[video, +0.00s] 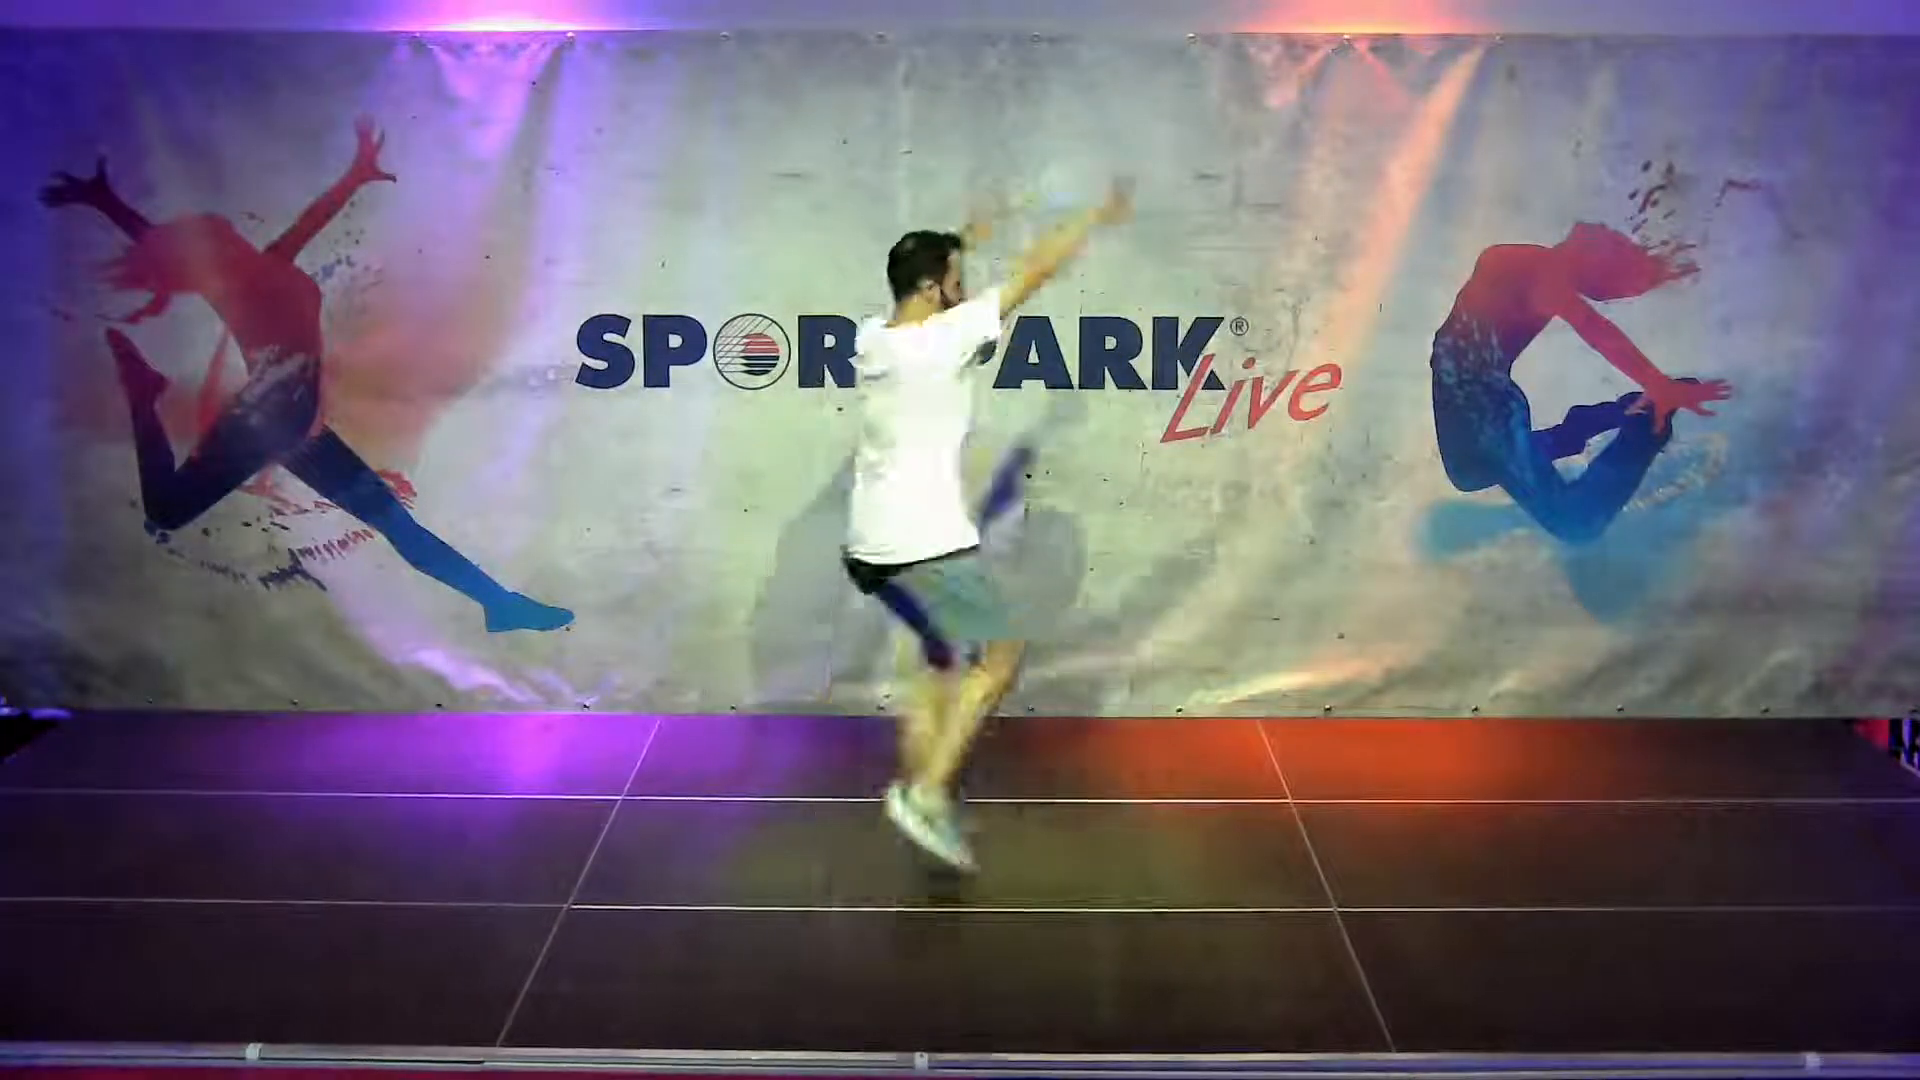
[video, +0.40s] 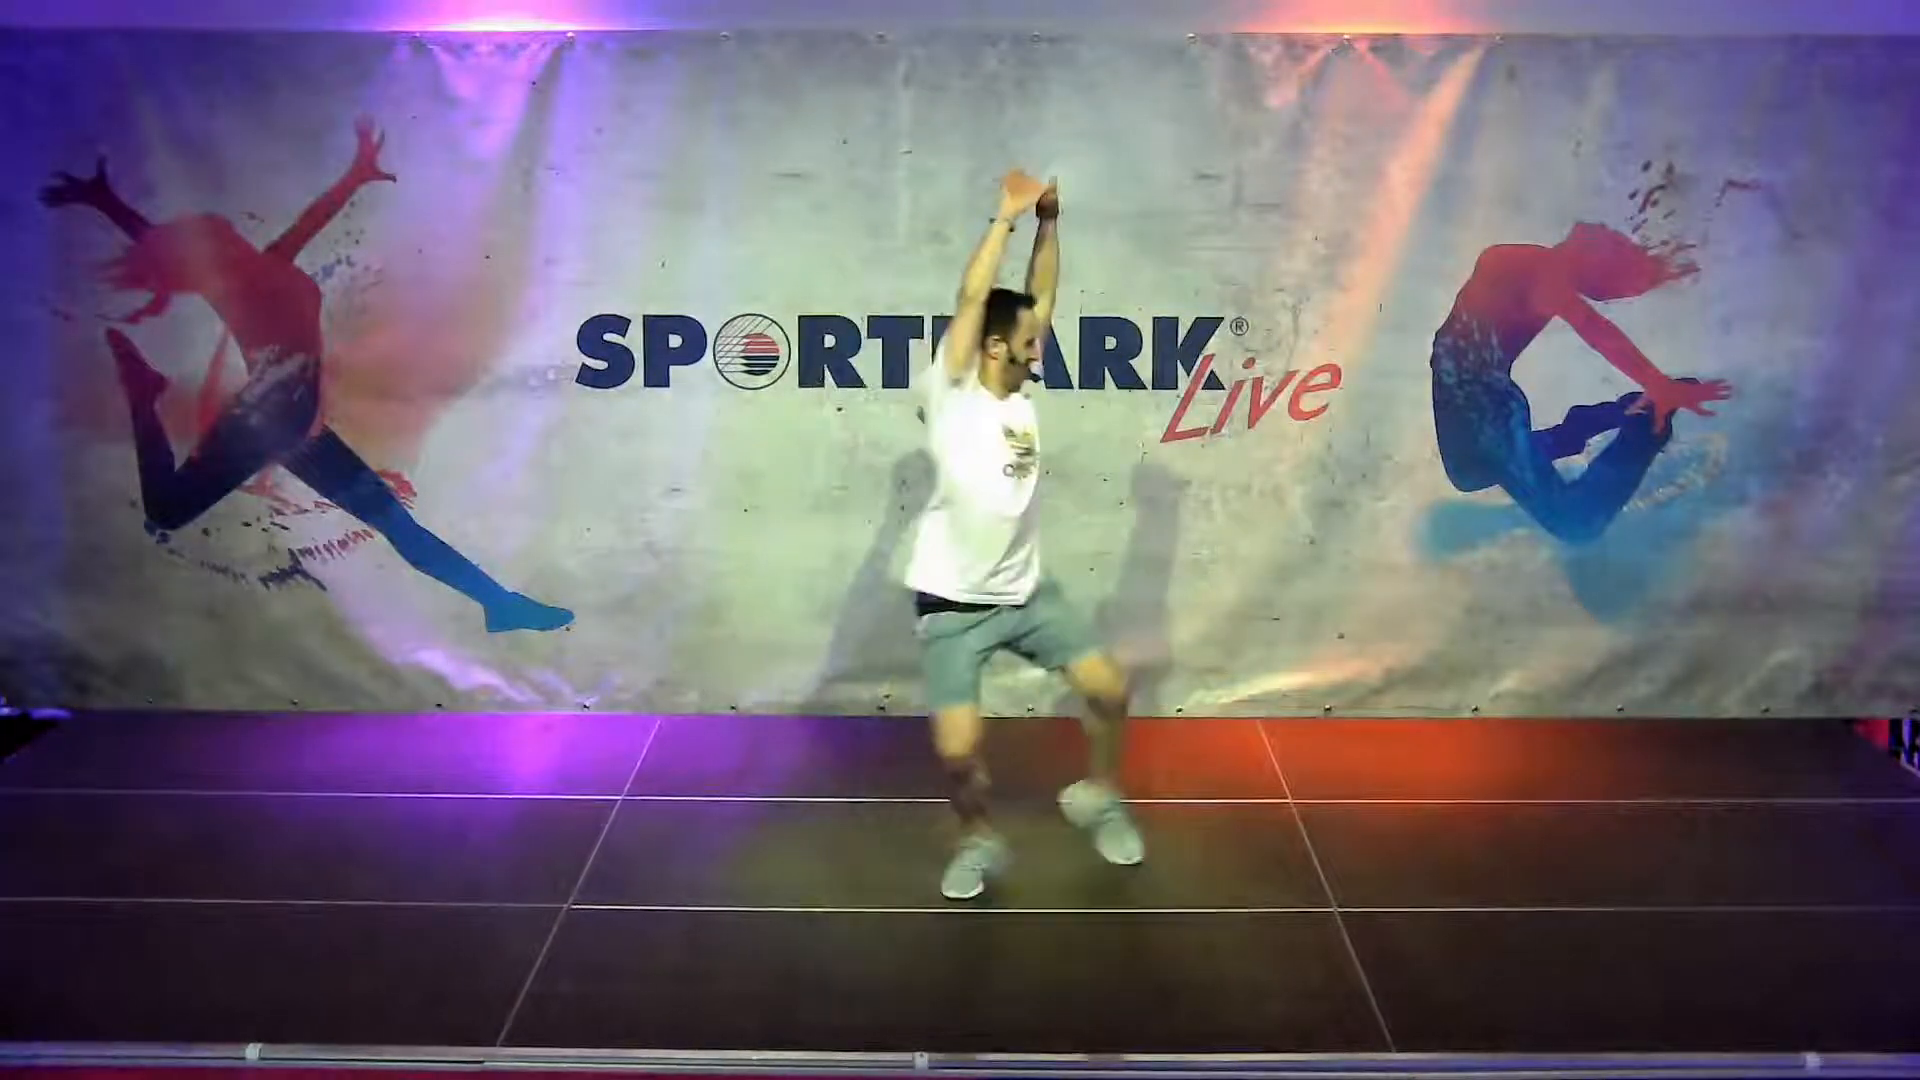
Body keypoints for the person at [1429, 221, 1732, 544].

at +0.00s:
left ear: (1588, 243)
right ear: (1591, 238)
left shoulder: (1546, 280)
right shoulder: (1537, 265)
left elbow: (1596, 330)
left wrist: (1657, 383)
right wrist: (1648, 271)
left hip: (1486, 400)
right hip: (1454, 388)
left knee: (1575, 524)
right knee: (1468, 474)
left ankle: (1647, 426)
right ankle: (1570, 437)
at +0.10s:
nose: (1596, 229)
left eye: (1604, 244)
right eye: (1610, 240)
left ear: (1589, 245)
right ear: (1590, 237)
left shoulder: (1547, 280)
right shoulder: (1536, 265)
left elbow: (1596, 330)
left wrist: (1657, 383)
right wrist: (1649, 272)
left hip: (1487, 400)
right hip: (1454, 388)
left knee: (1574, 524)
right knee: (1468, 474)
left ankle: (1647, 426)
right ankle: (1569, 437)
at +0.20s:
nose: (1599, 231)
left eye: (1605, 245)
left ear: (1591, 247)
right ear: (1593, 237)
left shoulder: (1546, 280)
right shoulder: (1534, 265)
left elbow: (1596, 329)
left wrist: (1657, 383)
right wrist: (1649, 272)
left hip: (1487, 401)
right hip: (1454, 390)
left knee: (1575, 524)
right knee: (1467, 474)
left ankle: (1648, 425)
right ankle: (1570, 436)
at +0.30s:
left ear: (1588, 243)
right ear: (1591, 238)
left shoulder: (1546, 280)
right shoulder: (1537, 265)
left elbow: (1596, 330)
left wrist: (1657, 383)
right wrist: (1648, 271)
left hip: (1486, 400)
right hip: (1455, 388)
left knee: (1575, 524)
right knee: (1468, 474)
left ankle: (1647, 426)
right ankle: (1570, 436)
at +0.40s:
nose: (1599, 230)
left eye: (1605, 244)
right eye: (1611, 240)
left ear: (1590, 246)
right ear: (1592, 237)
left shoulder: (1546, 280)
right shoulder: (1536, 265)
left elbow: (1596, 330)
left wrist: (1657, 384)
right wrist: (1647, 272)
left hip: (1486, 400)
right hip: (1454, 388)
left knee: (1575, 524)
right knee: (1468, 474)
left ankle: (1648, 426)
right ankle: (1572, 435)